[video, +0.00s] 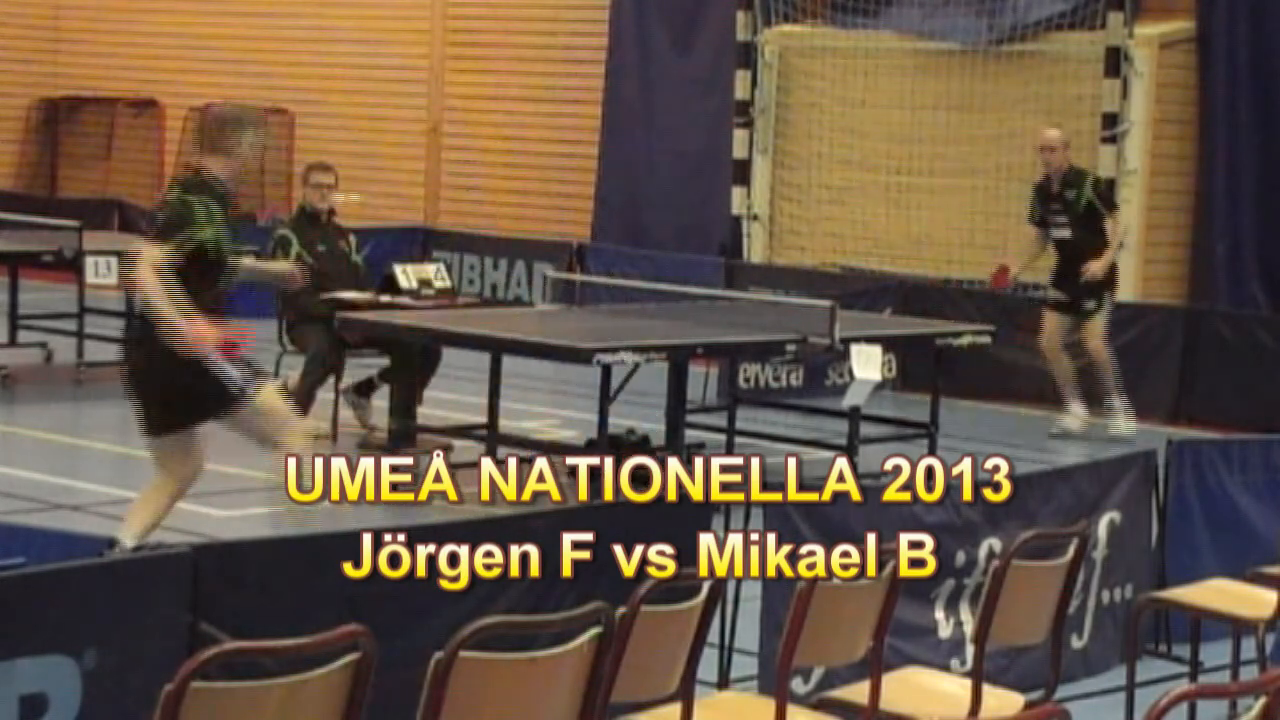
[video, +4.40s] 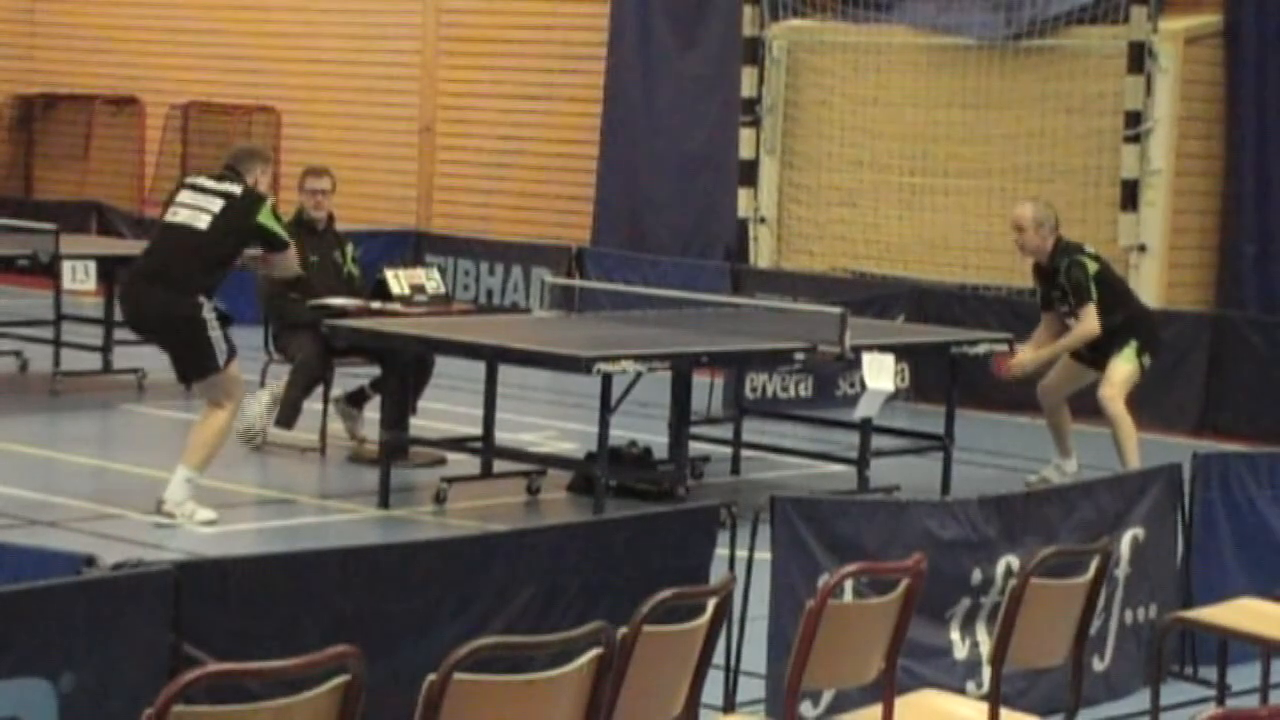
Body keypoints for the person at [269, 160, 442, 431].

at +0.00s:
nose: (324, 193)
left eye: (330, 187)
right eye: (317, 187)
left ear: (336, 192)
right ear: (303, 190)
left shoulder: (342, 234)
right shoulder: (289, 234)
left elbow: (362, 279)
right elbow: (294, 295)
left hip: (350, 318)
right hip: (310, 319)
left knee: (425, 350)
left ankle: (362, 391)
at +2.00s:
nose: (312, 193)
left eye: (319, 187)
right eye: (306, 187)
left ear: (330, 191)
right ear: (298, 190)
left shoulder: (343, 235)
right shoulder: (287, 235)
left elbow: (358, 281)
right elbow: (291, 294)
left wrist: (367, 302)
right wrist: (336, 309)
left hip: (351, 318)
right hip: (309, 319)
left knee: (425, 351)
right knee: (328, 353)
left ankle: (362, 391)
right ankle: (285, 392)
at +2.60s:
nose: (348, 206)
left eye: (352, 200)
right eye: (344, 197)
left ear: (353, 201)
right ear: (325, 192)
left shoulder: (348, 237)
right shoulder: (297, 233)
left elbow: (361, 280)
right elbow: (307, 283)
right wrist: (354, 277)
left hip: (350, 313)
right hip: (309, 313)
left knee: (425, 351)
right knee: (327, 355)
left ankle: (361, 391)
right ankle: (283, 392)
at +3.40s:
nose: (363, 208)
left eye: (367, 202)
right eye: (358, 199)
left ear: (370, 204)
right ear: (340, 195)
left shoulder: (355, 238)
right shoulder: (313, 229)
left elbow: (365, 281)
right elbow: (334, 276)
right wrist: (371, 286)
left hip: (350, 318)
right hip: (310, 316)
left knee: (419, 350)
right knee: (328, 349)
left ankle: (362, 391)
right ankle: (299, 395)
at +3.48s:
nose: (302, 196)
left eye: (309, 189)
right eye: (296, 188)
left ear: (317, 192)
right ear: (284, 190)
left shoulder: (321, 234)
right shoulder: (264, 236)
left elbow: (345, 278)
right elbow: (257, 296)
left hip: (329, 323)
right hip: (281, 324)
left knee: (409, 355)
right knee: (306, 356)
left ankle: (343, 402)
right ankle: (275, 403)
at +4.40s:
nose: (318, 200)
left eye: (324, 193)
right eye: (311, 193)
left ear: (332, 197)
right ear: (299, 195)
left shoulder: (340, 241)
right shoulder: (283, 237)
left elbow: (357, 290)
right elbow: (275, 300)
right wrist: (320, 315)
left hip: (340, 324)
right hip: (298, 324)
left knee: (417, 358)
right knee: (313, 359)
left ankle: (354, 401)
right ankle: (272, 423)